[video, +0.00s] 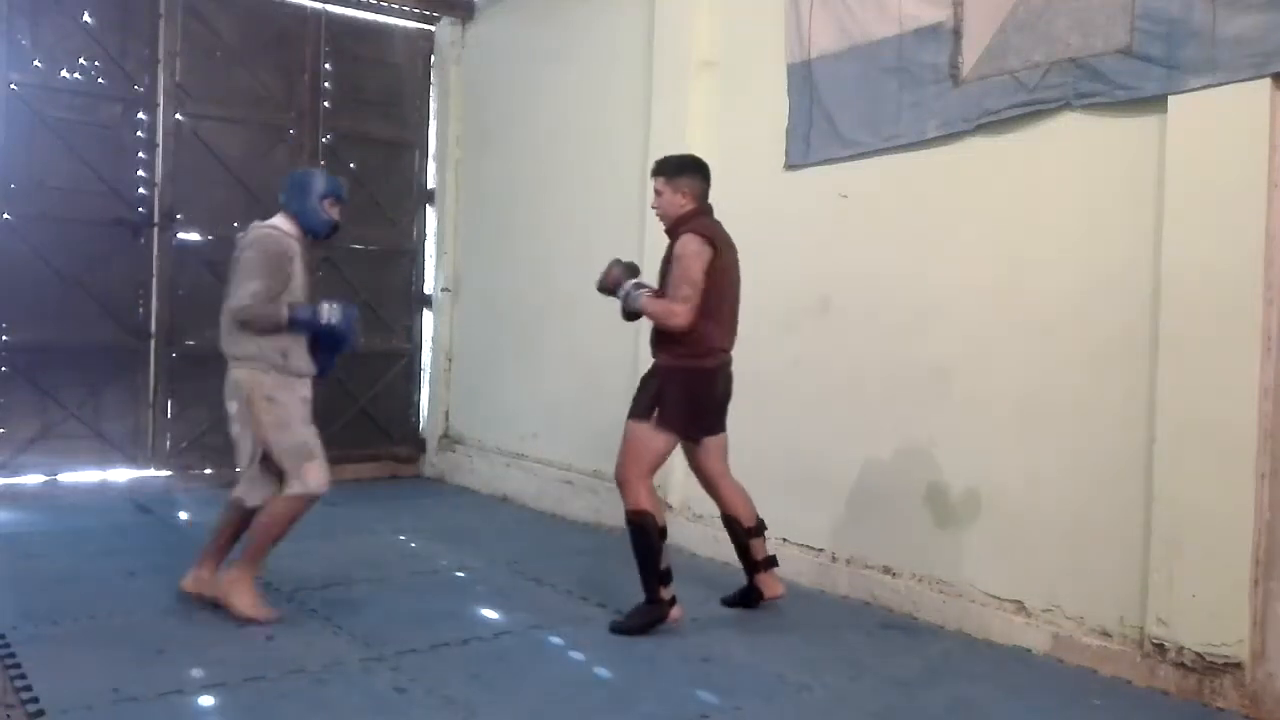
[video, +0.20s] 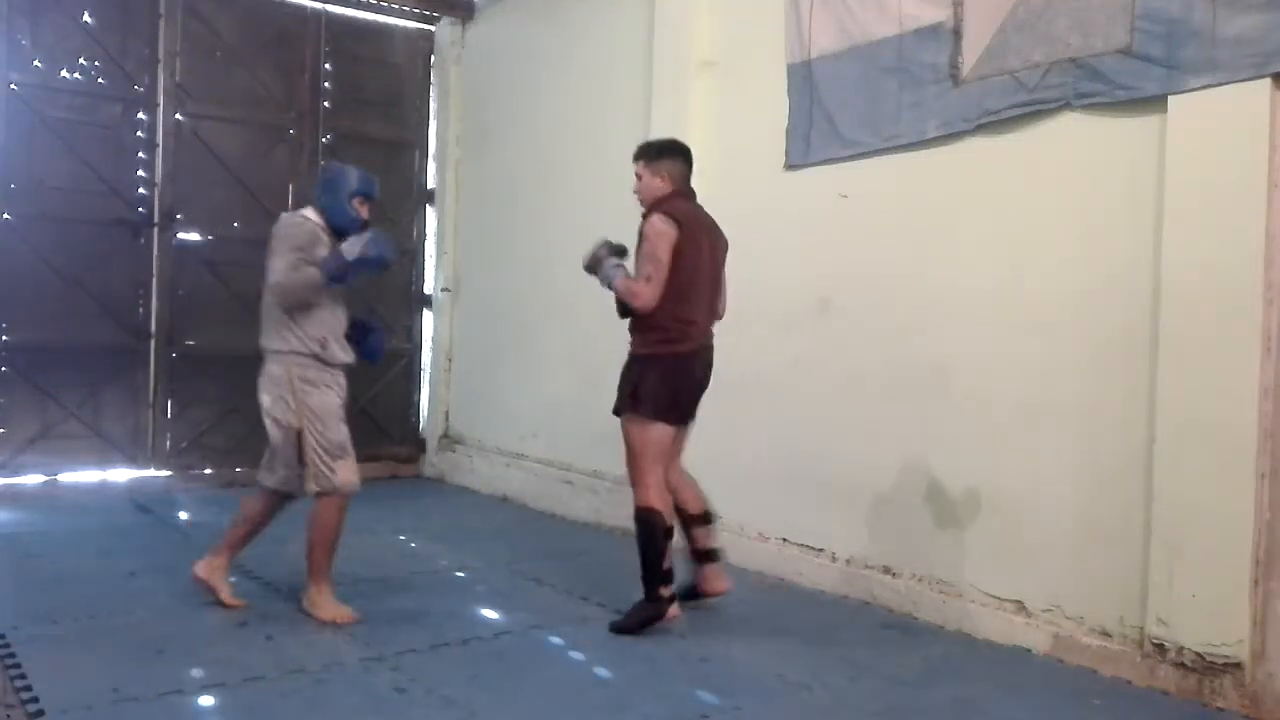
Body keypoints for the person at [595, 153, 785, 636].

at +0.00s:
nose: (654, 203)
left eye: (660, 193)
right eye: (655, 193)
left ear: (686, 195)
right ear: (693, 195)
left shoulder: (692, 240)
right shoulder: (714, 236)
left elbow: (678, 314)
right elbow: (690, 306)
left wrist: (631, 293)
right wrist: (642, 291)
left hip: (678, 377)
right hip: (709, 376)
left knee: (632, 476)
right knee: (716, 477)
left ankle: (660, 599)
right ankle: (765, 579)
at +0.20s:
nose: (635, 186)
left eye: (640, 177)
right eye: (636, 177)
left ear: (663, 178)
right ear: (678, 179)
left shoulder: (660, 220)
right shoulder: (709, 227)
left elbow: (644, 296)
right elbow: (716, 308)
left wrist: (608, 269)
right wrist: (644, 299)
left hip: (656, 362)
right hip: (693, 360)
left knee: (648, 478)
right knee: (669, 469)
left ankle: (658, 598)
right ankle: (709, 570)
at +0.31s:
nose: (632, 187)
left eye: (636, 178)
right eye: (632, 178)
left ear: (658, 178)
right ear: (675, 179)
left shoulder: (654, 217)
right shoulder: (708, 227)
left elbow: (606, 287)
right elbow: (719, 306)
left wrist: (582, 249)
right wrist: (665, 282)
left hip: (652, 360)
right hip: (688, 359)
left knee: (650, 480)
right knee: (646, 476)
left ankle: (671, 596)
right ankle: (643, 588)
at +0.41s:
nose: (635, 203)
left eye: (641, 195)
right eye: (636, 194)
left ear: (663, 196)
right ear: (678, 198)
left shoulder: (647, 243)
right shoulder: (709, 250)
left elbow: (577, 283)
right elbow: (718, 322)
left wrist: (545, 240)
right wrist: (668, 294)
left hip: (641, 381)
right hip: (676, 383)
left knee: (618, 488)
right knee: (622, 486)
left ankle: (668, 595)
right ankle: (619, 600)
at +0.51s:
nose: (647, 206)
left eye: (651, 198)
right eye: (648, 198)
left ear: (672, 198)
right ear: (692, 199)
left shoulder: (661, 239)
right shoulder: (719, 254)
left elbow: (593, 272)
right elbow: (714, 328)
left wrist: (519, 260)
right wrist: (665, 300)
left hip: (630, 372)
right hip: (671, 383)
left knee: (542, 434)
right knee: (624, 477)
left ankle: (589, 535)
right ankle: (623, 601)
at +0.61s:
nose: (658, 204)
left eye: (662, 196)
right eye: (659, 195)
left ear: (684, 195)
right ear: (702, 197)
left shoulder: (667, 234)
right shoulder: (730, 257)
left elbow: (604, 277)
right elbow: (710, 328)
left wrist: (522, 303)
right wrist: (651, 315)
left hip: (620, 354)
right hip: (664, 379)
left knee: (515, 358)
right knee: (624, 477)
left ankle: (491, 466)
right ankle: (621, 602)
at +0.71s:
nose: (663, 204)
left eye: (667, 197)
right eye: (664, 196)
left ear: (687, 199)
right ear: (709, 202)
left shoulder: (665, 239)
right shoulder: (735, 265)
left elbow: (623, 294)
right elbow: (703, 330)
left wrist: (565, 346)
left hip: (605, 346)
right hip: (650, 381)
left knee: (513, 324)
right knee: (617, 479)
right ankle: (618, 600)